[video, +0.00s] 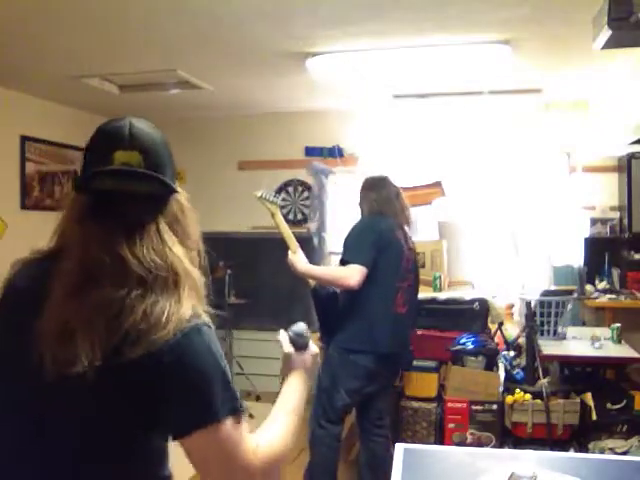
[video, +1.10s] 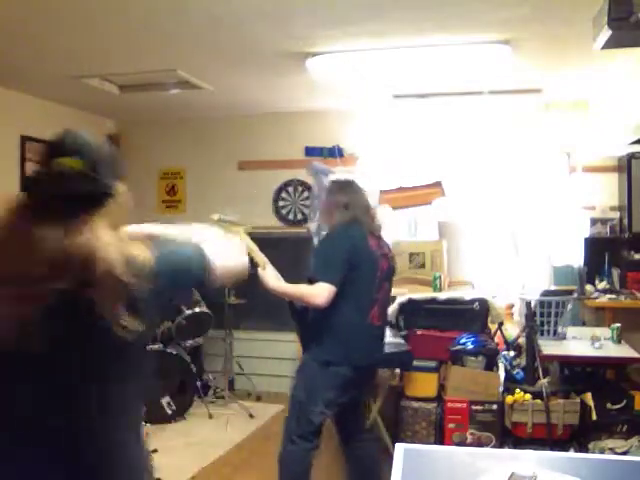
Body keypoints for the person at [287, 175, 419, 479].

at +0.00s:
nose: (359, 204)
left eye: (361, 199)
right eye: (360, 198)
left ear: (366, 199)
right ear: (394, 199)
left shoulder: (370, 227)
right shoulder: (401, 235)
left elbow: (352, 277)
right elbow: (391, 289)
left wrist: (306, 268)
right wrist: (342, 266)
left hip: (358, 346)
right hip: (390, 347)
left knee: (326, 422)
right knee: (376, 428)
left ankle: (320, 474)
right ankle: (377, 476)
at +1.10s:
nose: (322, 214)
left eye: (325, 207)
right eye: (323, 207)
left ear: (337, 207)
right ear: (361, 206)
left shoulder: (341, 238)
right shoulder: (377, 243)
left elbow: (321, 295)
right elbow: (370, 300)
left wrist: (276, 285)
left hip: (331, 358)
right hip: (363, 357)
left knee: (299, 439)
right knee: (357, 435)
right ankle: (373, 475)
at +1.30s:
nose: (304, 220)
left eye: (308, 211)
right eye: (305, 212)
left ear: (321, 211)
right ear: (344, 208)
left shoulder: (332, 242)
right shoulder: (366, 245)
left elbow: (312, 301)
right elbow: (362, 302)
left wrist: (269, 291)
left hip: (319, 360)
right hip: (352, 359)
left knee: (289, 443)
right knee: (350, 436)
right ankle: (366, 475)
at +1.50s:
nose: (306, 220)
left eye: (310, 212)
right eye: (305, 212)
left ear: (326, 211)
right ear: (343, 209)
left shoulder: (331, 241)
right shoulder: (366, 243)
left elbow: (316, 297)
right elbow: (372, 303)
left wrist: (292, 330)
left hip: (323, 354)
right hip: (355, 355)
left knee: (292, 435)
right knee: (349, 429)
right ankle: (364, 474)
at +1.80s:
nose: (311, 216)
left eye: (313, 209)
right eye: (311, 209)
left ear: (323, 208)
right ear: (347, 206)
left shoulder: (328, 241)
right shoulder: (369, 242)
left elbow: (323, 297)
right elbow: (377, 296)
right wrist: (358, 330)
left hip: (330, 349)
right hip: (361, 349)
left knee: (305, 427)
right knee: (349, 423)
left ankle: (295, 473)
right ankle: (366, 473)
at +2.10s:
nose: (310, 213)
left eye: (314, 206)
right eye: (311, 206)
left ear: (329, 208)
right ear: (350, 206)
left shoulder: (336, 242)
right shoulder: (370, 242)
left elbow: (324, 305)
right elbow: (372, 303)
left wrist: (286, 304)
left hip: (326, 358)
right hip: (358, 358)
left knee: (296, 442)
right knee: (351, 430)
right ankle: (366, 475)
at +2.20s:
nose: (309, 213)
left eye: (313, 206)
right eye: (309, 206)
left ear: (330, 209)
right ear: (349, 207)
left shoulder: (336, 242)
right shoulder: (370, 243)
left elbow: (323, 306)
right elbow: (368, 306)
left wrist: (285, 293)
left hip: (327, 360)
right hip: (358, 359)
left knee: (294, 442)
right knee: (351, 431)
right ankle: (366, 476)